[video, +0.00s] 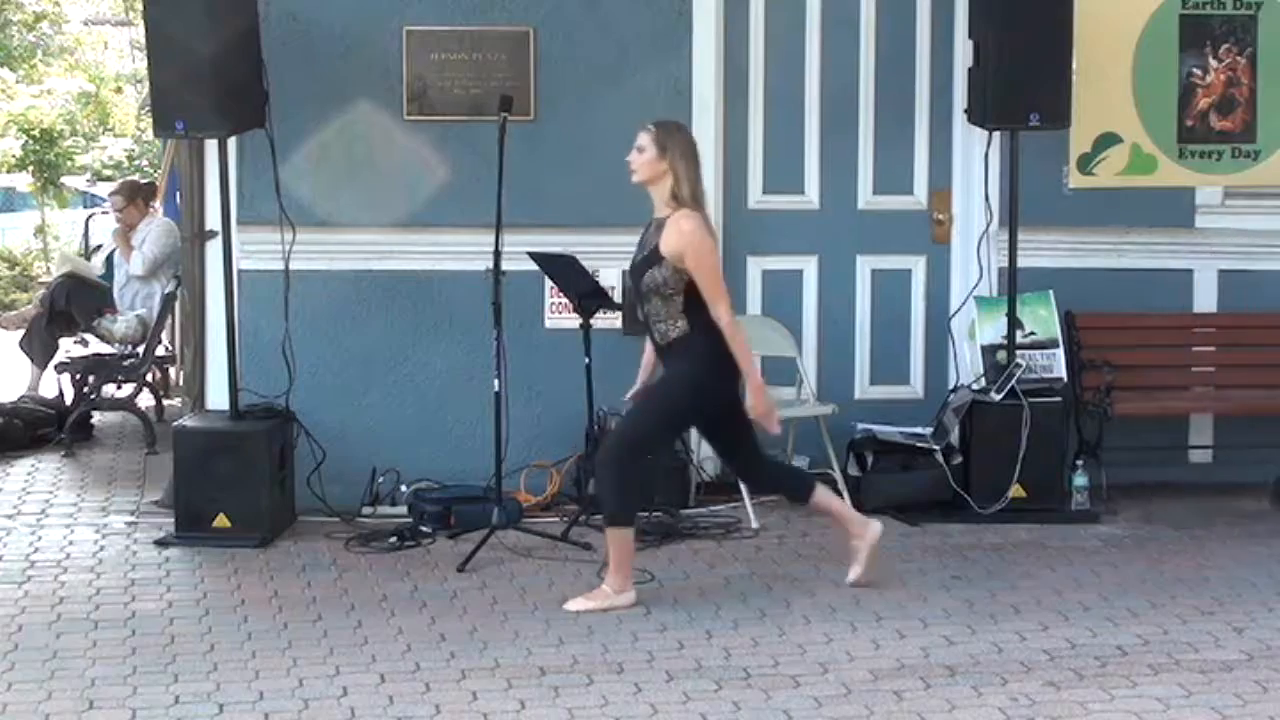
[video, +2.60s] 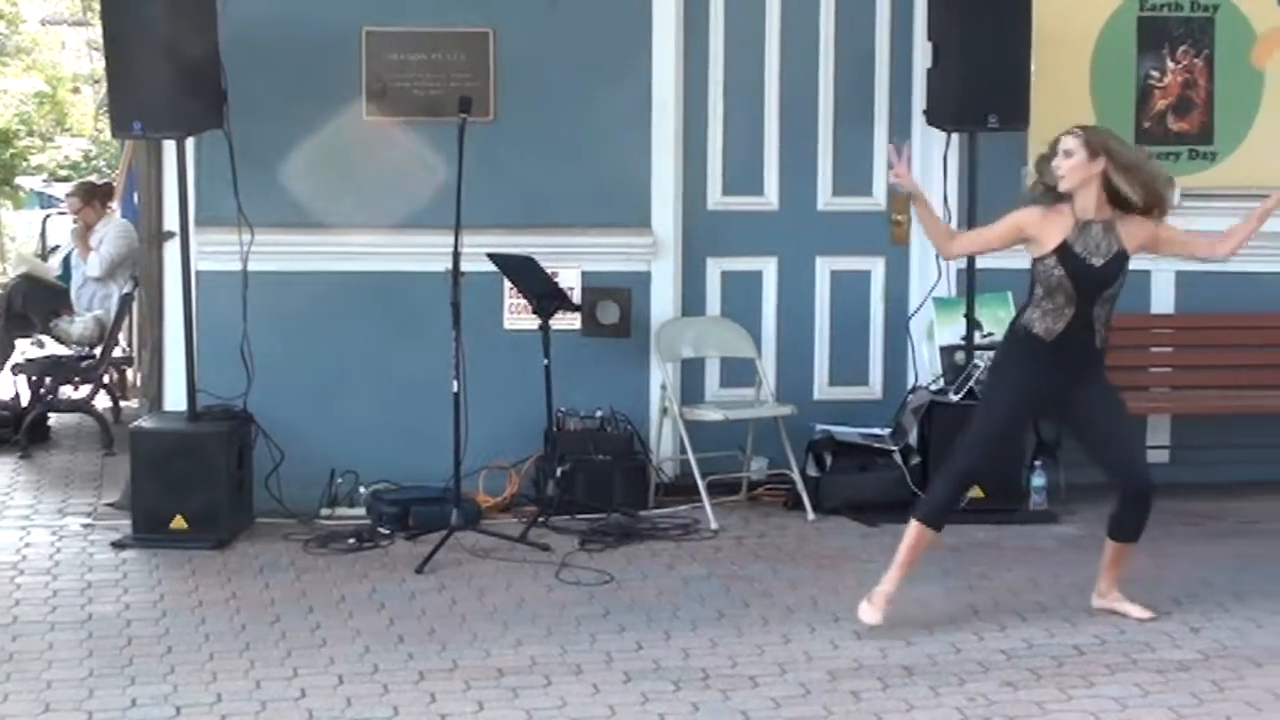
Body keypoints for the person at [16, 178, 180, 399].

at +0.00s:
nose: (117, 218)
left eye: (120, 211)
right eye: (114, 212)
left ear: (140, 205)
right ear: (136, 206)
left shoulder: (164, 228)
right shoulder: (128, 234)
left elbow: (142, 267)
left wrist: (122, 243)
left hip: (139, 319)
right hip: (118, 313)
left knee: (69, 285)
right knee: (46, 320)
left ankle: (35, 310)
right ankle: (32, 390)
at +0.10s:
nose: (117, 218)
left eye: (120, 211)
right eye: (114, 212)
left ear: (140, 205)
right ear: (136, 206)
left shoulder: (164, 229)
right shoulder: (128, 234)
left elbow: (142, 267)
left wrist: (123, 244)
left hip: (140, 317)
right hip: (119, 311)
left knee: (68, 284)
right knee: (45, 320)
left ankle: (34, 310)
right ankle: (32, 389)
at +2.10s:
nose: (115, 220)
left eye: (117, 213)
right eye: (112, 215)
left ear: (136, 206)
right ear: (133, 207)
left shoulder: (162, 230)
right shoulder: (123, 234)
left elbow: (138, 268)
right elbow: (94, 270)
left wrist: (121, 243)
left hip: (137, 321)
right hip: (114, 312)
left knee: (67, 285)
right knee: (42, 322)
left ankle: (33, 311)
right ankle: (29, 391)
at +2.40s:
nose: (105, 219)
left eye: (107, 212)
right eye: (102, 214)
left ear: (125, 204)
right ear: (122, 206)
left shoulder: (150, 229)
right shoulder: (113, 233)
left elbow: (127, 268)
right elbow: (84, 269)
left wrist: (110, 242)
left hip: (127, 317)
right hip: (105, 309)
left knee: (55, 283)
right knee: (33, 320)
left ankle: (25, 310)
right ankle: (18, 388)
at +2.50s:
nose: (89, 220)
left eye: (92, 213)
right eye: (86, 215)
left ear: (110, 204)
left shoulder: (135, 230)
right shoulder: (98, 235)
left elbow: (112, 269)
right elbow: (68, 271)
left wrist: (94, 244)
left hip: (114, 317)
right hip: (91, 309)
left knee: (37, 286)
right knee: (14, 323)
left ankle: (16, 311)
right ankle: (8, 384)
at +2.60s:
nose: (75, 219)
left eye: (77, 213)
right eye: (72, 215)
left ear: (96, 204)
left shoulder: (121, 230)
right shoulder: (84, 233)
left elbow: (100, 269)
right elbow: (55, 270)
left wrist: (81, 245)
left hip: (101, 319)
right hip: (76, 310)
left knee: (25, 286)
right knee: (9, 323)